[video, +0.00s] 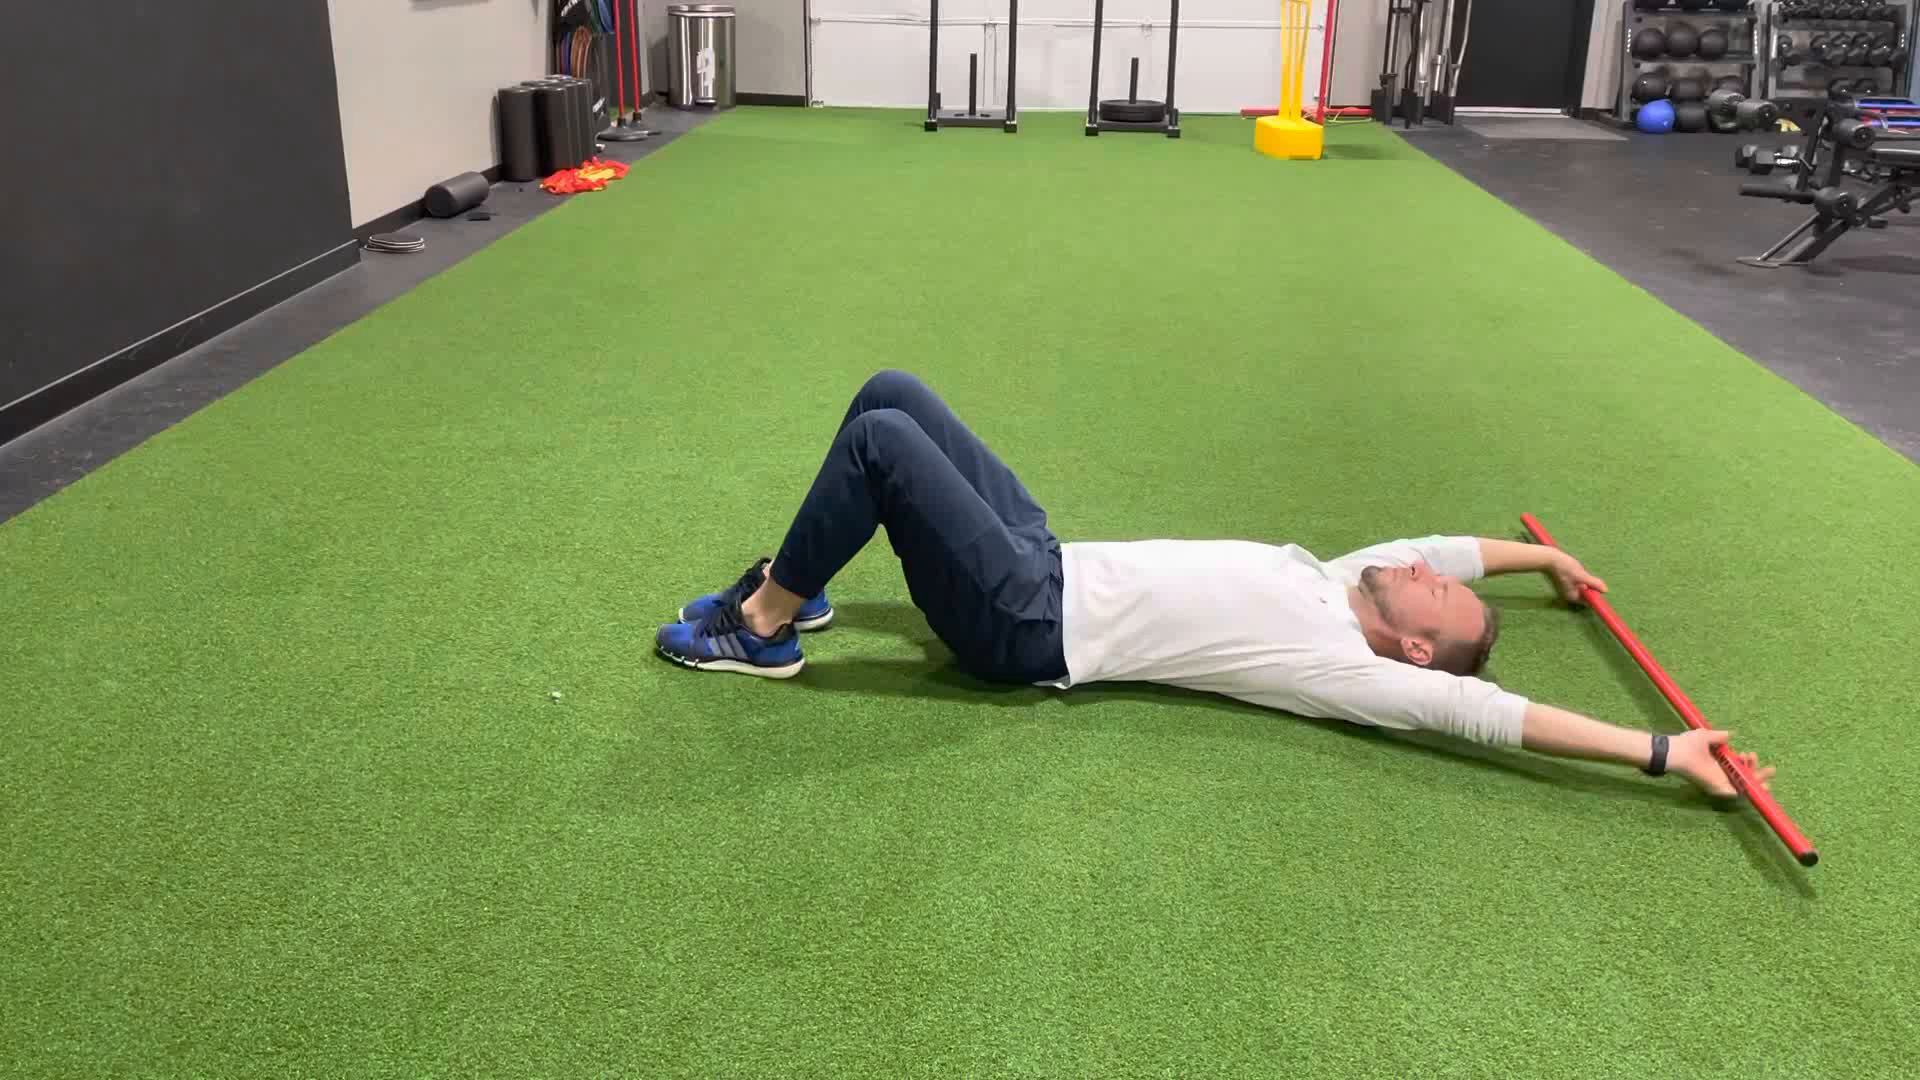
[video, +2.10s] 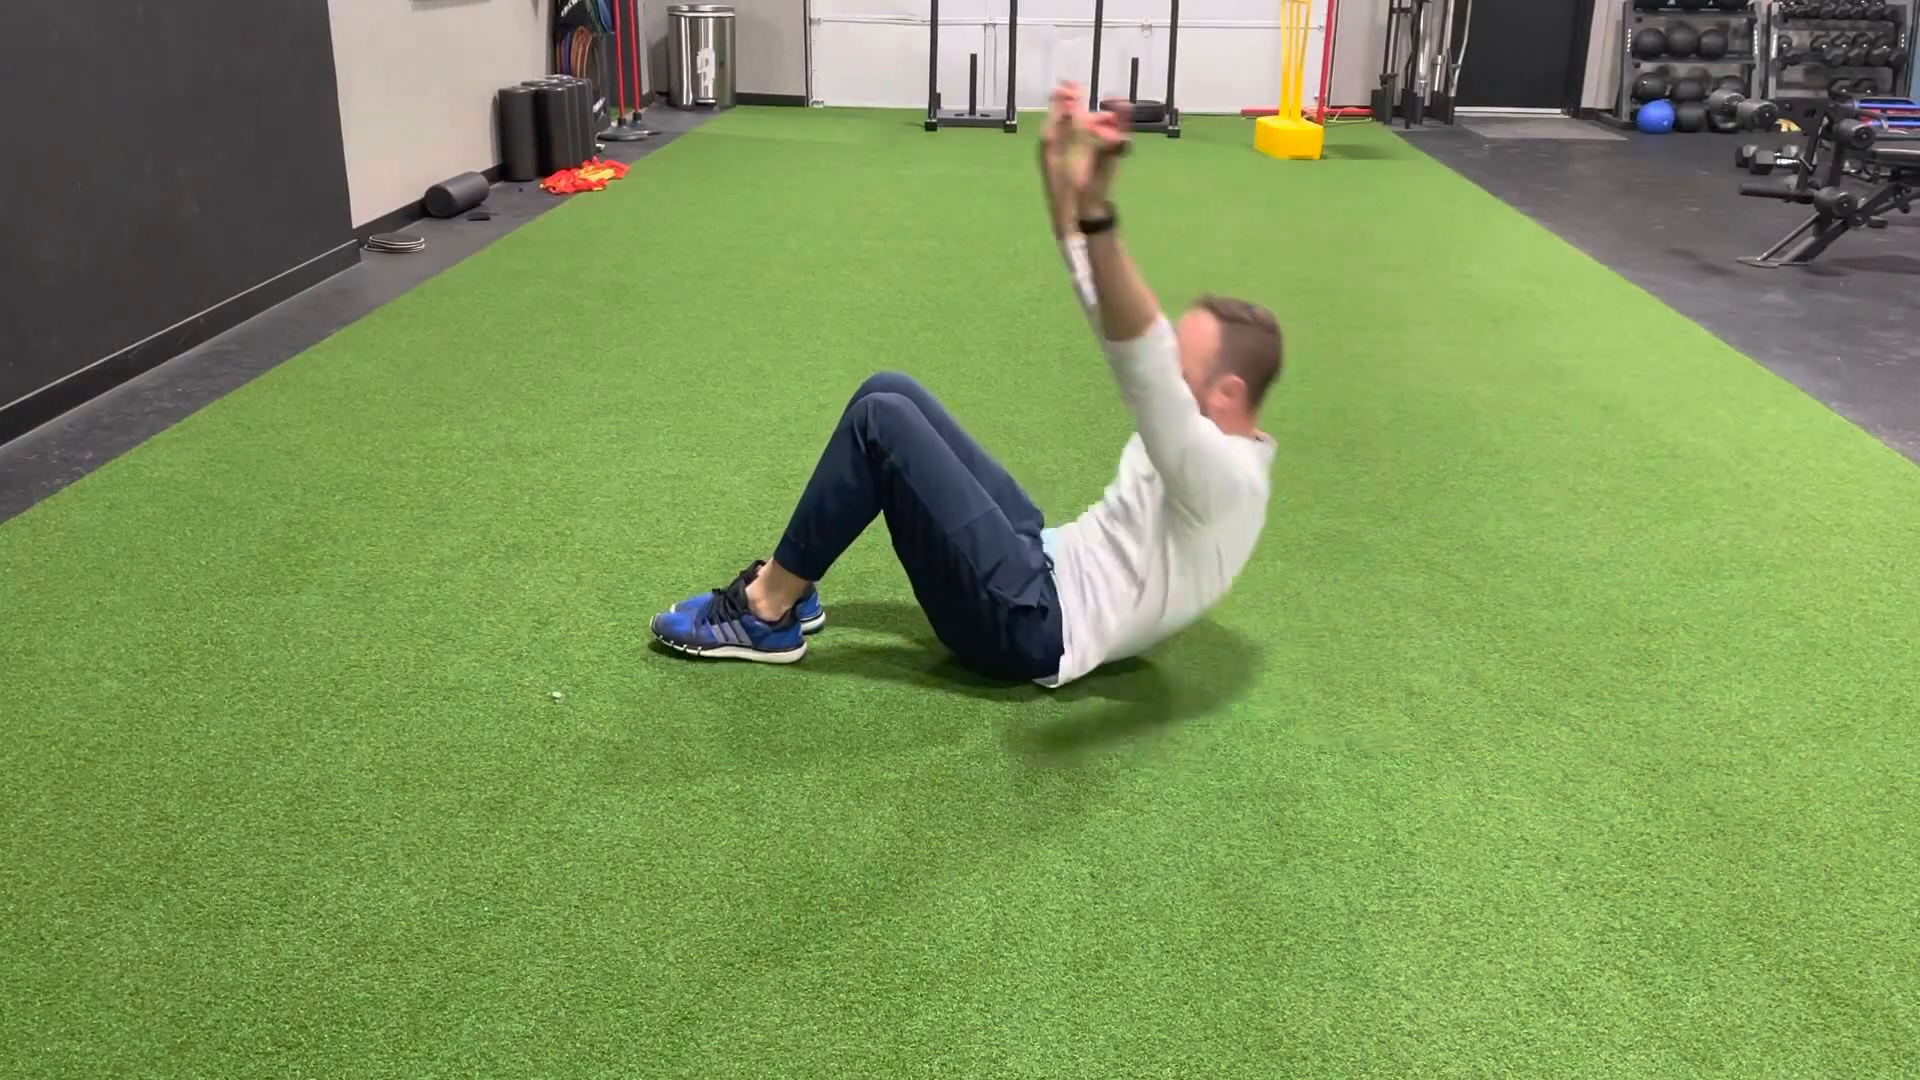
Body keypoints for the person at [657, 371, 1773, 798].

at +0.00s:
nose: (1423, 570)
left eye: (1436, 585)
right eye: (1437, 573)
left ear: (1427, 643)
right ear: (1417, 586)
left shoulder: (1347, 669)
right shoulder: (1339, 588)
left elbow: (1501, 718)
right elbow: (1433, 551)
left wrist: (1663, 748)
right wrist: (1554, 562)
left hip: (1037, 620)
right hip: (1056, 558)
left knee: (879, 426)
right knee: (893, 393)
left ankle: (778, 608)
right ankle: (787, 585)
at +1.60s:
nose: (1417, 534)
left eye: (1436, 552)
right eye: (1433, 530)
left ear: (1431, 604)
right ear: (1409, 543)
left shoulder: (1342, 649)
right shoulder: (1332, 566)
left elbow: (1504, 639)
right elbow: (1432, 502)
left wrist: (1666, 619)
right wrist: (1546, 465)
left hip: (1041, 614)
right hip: (1059, 555)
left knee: (878, 416)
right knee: (883, 397)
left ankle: (770, 610)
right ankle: (776, 588)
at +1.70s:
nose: (1396, 506)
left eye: (1418, 521)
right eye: (1406, 499)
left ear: (1416, 569)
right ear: (1378, 511)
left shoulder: (1330, 624)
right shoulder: (1311, 544)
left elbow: (1475, 553)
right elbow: (1397, 441)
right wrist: (1500, 354)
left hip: (1043, 611)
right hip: (1061, 556)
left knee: (878, 417)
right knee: (885, 396)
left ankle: (769, 609)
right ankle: (778, 590)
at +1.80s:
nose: (1345, 476)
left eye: (1371, 484)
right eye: (1351, 465)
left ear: (1387, 530)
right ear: (1338, 476)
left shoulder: (1308, 583)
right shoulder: (1284, 526)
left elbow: (1391, 463)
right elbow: (1323, 382)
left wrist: (1477, 354)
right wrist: (1391, 245)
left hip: (1044, 619)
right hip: (1054, 560)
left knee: (883, 414)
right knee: (891, 392)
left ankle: (768, 606)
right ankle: (778, 586)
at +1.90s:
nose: (1296, 412)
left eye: (1317, 415)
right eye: (1306, 407)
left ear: (1334, 469)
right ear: (1312, 456)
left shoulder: (1284, 551)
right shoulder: (1256, 492)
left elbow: (1297, 407)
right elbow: (1239, 346)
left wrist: (1327, 275)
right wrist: (1253, 191)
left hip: (1041, 620)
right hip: (1052, 563)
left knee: (880, 415)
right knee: (888, 392)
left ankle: (765, 608)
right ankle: (781, 590)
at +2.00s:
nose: (1217, 388)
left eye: (1234, 384)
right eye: (1225, 374)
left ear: (1276, 433)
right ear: (1273, 431)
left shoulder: (1255, 516)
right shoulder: (1224, 465)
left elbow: (1201, 389)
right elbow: (1166, 336)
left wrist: (1197, 238)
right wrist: (1135, 172)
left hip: (1038, 616)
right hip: (1050, 563)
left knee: (879, 415)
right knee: (889, 395)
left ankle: (765, 611)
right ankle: (782, 592)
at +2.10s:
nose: (1169, 378)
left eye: (1182, 367)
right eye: (1172, 361)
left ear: (1228, 394)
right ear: (1226, 390)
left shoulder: (1221, 478)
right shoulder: (1202, 438)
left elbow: (1147, 355)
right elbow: (1120, 329)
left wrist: (1099, 214)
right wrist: (1061, 188)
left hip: (1034, 621)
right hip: (1045, 567)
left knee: (885, 416)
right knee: (893, 398)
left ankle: (771, 607)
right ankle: (782, 585)